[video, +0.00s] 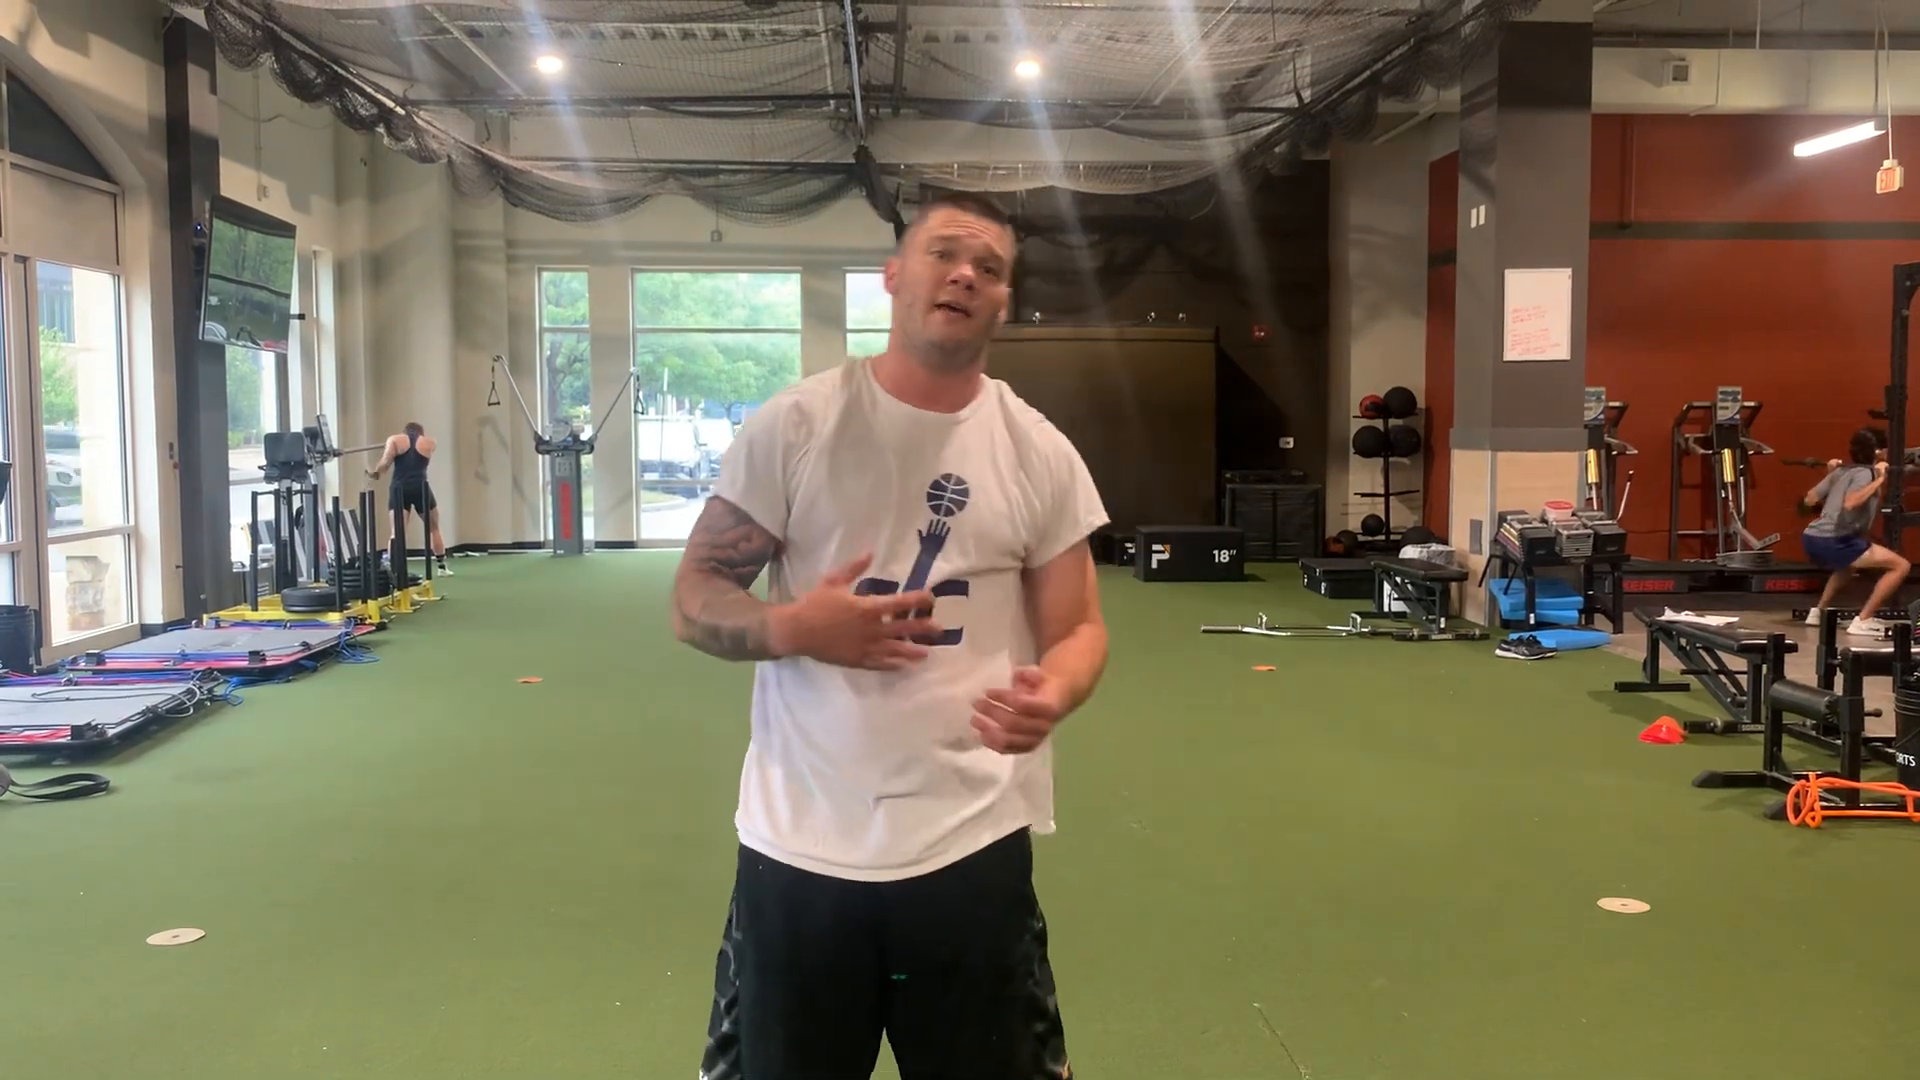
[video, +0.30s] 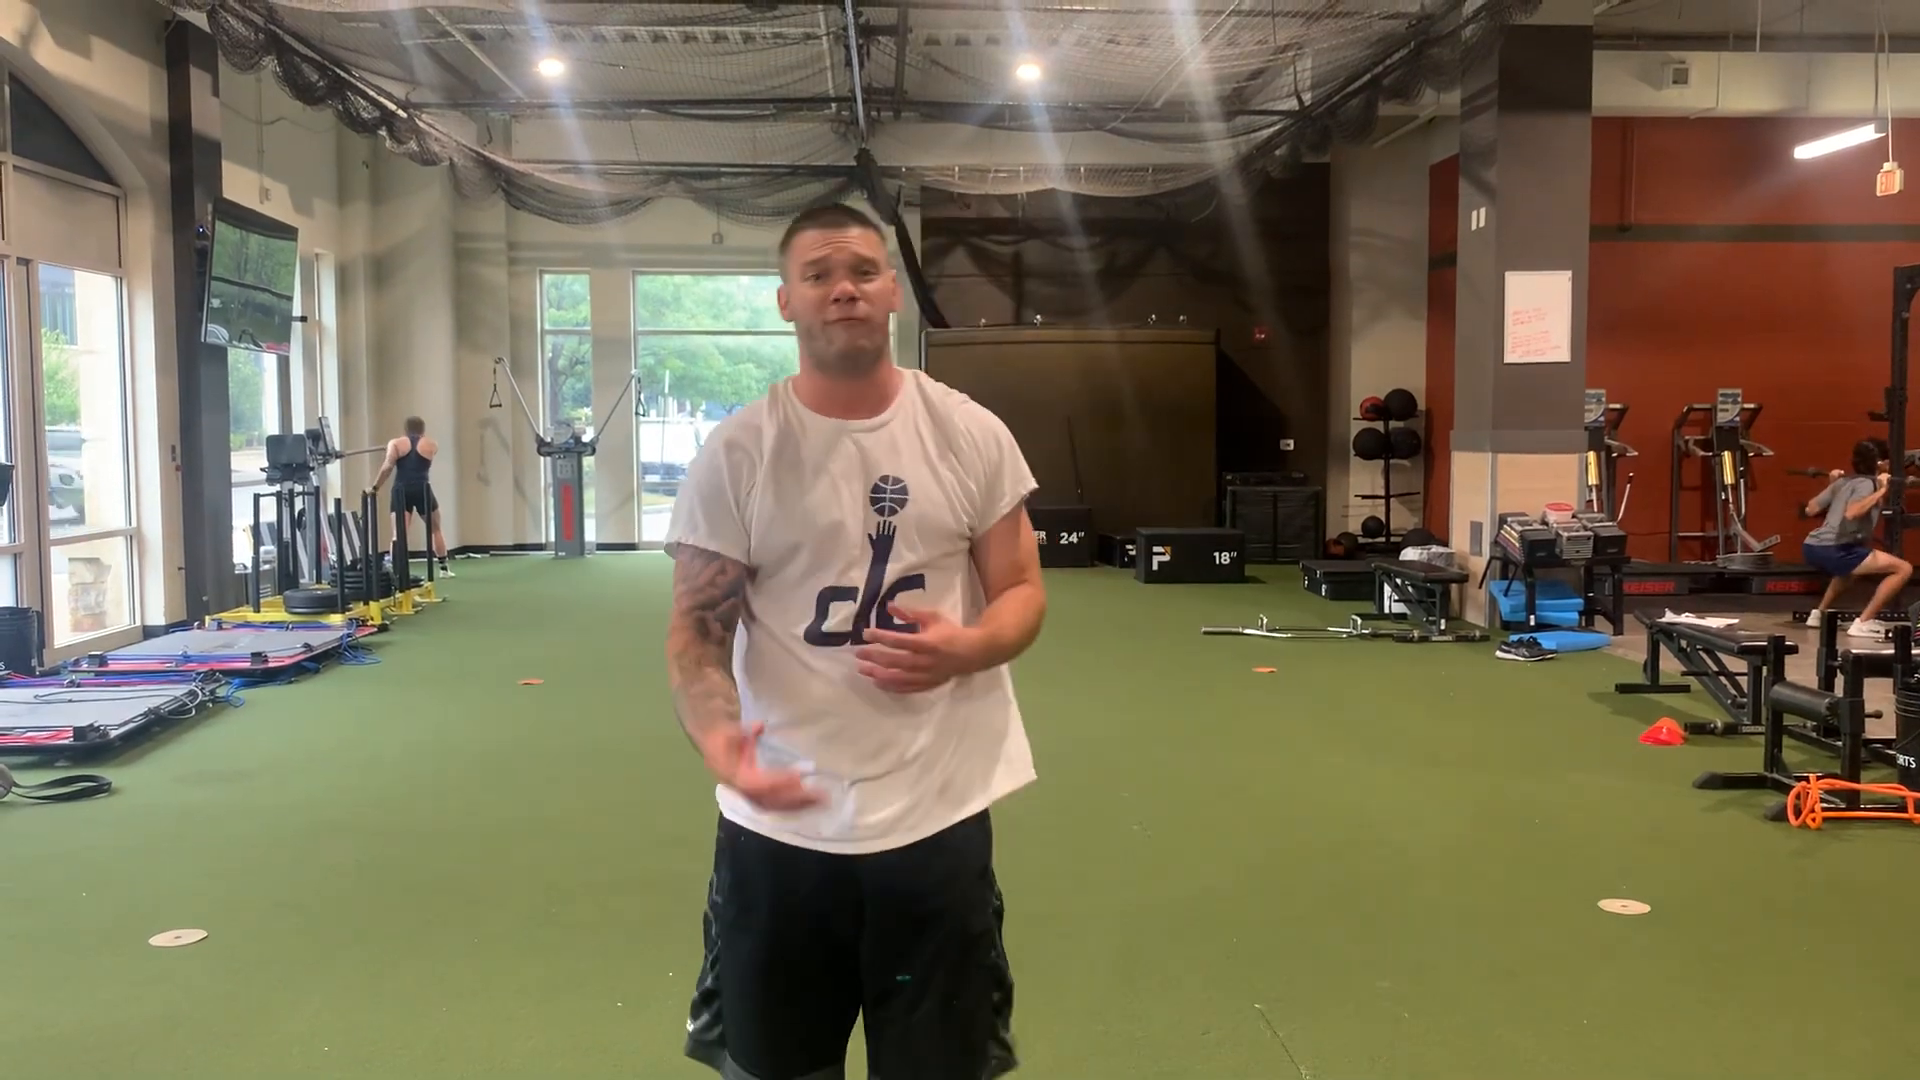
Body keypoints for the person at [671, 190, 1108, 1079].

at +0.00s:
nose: (964, 276)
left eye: (989, 268)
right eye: (943, 253)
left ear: (1005, 306)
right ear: (892, 275)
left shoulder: (1039, 455)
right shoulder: (793, 428)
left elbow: (1078, 630)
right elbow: (697, 597)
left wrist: (1052, 691)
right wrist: (792, 628)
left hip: (972, 850)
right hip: (801, 850)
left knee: (997, 1067)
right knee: (770, 1067)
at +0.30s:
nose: (845, 287)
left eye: (865, 270)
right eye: (819, 273)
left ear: (896, 294)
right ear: (786, 304)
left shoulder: (971, 436)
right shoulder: (737, 455)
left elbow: (1022, 592)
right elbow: (698, 633)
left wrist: (970, 647)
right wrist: (717, 729)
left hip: (937, 828)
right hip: (779, 832)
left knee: (944, 1063)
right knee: (772, 1063)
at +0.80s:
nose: (821, 293)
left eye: (834, 273)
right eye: (794, 283)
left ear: (866, 293)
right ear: (766, 316)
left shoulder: (953, 424)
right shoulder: (735, 451)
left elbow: (1010, 569)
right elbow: (686, 622)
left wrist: (1061, 600)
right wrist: (810, 633)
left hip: (930, 787)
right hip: (788, 796)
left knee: (940, 1049)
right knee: (788, 1049)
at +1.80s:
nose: (855, 322)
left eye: (872, 317)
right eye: (840, 305)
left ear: (884, 343)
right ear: (802, 317)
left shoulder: (913, 445)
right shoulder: (736, 437)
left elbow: (945, 564)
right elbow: (683, 585)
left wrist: (923, 611)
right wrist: (746, 531)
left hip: (883, 728)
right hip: (762, 731)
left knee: (895, 946)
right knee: (755, 941)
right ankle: (760, 1068)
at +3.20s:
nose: (909, 341)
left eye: (923, 335)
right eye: (898, 325)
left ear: (934, 356)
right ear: (866, 334)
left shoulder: (948, 441)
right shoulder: (804, 427)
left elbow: (966, 554)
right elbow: (755, 535)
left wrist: (984, 660)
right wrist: (836, 542)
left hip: (913, 672)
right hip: (819, 674)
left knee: (905, 840)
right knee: (834, 838)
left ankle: (881, 1015)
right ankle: (861, 964)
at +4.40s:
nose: (990, 332)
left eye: (1004, 325)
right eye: (978, 316)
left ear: (1013, 347)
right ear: (942, 326)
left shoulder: (1033, 432)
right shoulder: (888, 424)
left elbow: (1057, 536)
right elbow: (839, 537)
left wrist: (1076, 558)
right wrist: (885, 535)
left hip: (1002, 676)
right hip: (900, 675)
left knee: (1005, 847)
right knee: (885, 840)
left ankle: (992, 1020)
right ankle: (877, 954)